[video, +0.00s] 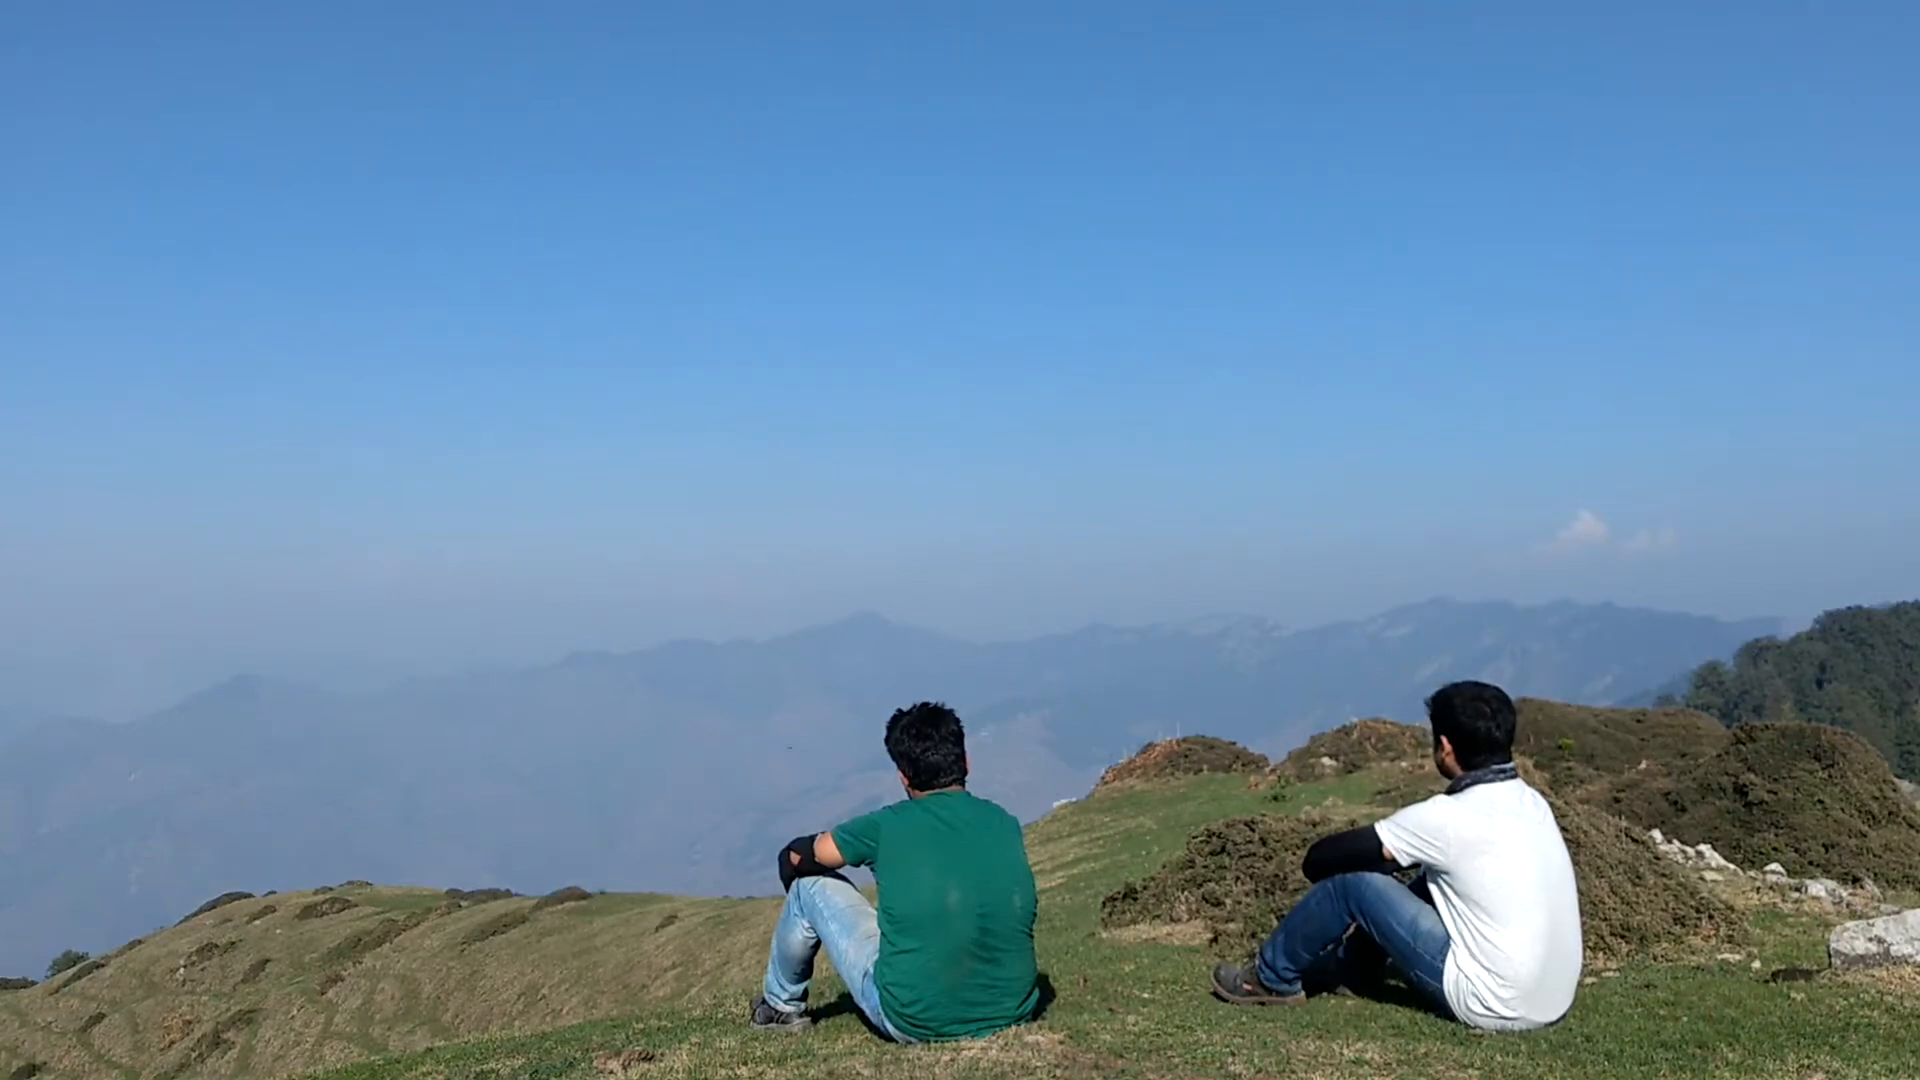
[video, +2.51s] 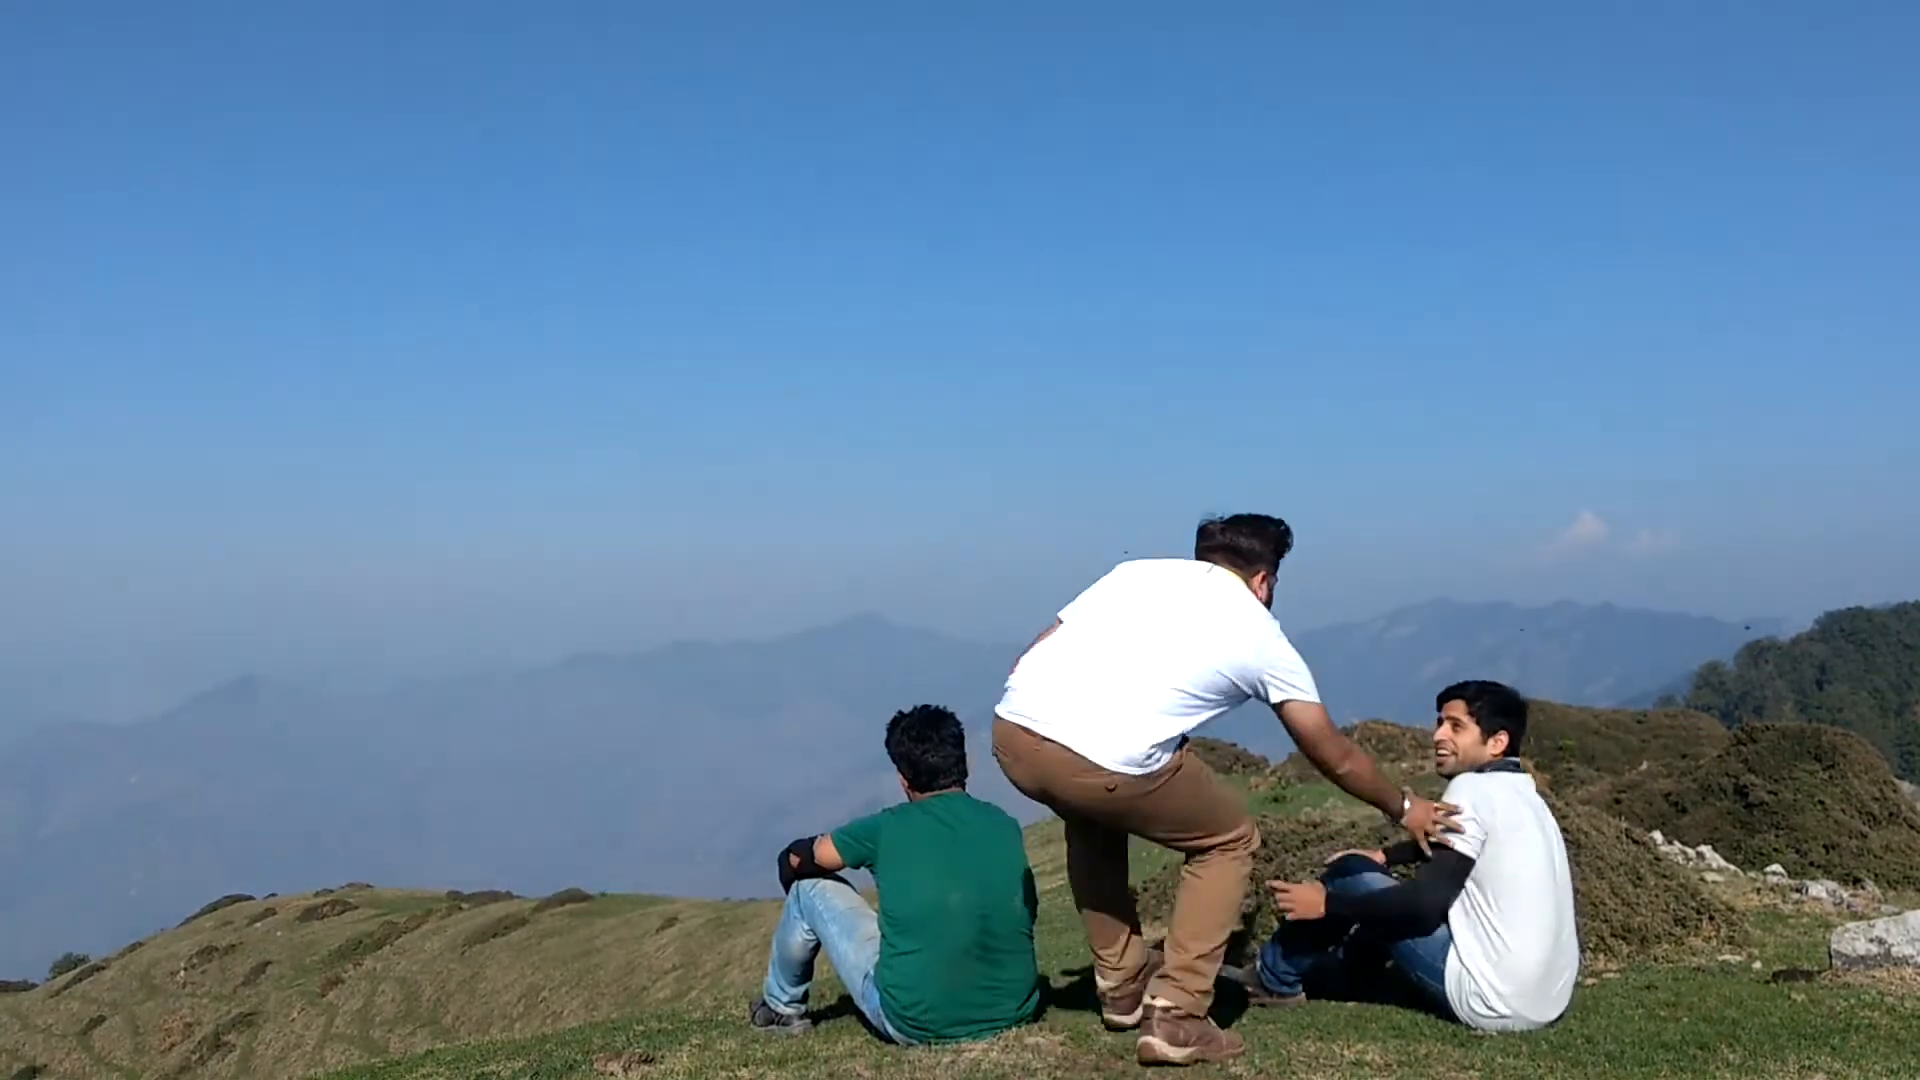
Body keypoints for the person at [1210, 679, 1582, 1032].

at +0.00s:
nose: (1434, 749)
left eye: (1434, 738)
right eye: (1434, 738)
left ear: (1448, 748)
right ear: (1504, 741)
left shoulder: (1449, 815)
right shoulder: (1533, 802)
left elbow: (1319, 859)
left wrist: (1390, 866)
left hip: (1488, 1002)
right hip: (1547, 999)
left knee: (1352, 883)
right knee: (1429, 877)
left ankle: (1271, 976)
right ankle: (1347, 967)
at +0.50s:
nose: (1434, 749)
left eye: (1434, 739)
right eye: (1433, 738)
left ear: (1448, 748)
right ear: (1503, 741)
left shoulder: (1448, 816)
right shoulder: (1533, 802)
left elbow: (1318, 860)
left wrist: (1391, 867)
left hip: (1488, 1003)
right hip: (1548, 999)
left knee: (1352, 883)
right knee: (1428, 878)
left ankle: (1271, 977)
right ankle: (1347, 967)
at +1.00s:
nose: (1434, 748)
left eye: (1433, 738)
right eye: (1433, 738)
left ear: (1447, 748)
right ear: (1503, 741)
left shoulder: (1448, 816)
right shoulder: (1532, 802)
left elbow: (1318, 860)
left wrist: (1390, 867)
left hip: (1488, 1003)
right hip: (1547, 999)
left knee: (1352, 883)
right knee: (1429, 879)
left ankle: (1271, 977)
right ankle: (1344, 967)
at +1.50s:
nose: (1433, 748)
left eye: (1434, 738)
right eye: (1433, 738)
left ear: (1447, 748)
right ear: (1503, 742)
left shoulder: (1449, 816)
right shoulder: (1533, 803)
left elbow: (1318, 860)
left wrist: (1390, 864)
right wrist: (1383, 860)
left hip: (1487, 1003)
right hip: (1547, 998)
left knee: (1353, 883)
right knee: (1430, 876)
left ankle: (1271, 976)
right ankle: (1352, 964)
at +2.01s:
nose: (1422, 751)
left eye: (1432, 739)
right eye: (1424, 738)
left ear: (1473, 750)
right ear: (1480, 751)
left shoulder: (1450, 816)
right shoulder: (1533, 803)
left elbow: (1320, 860)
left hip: (1487, 1004)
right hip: (1546, 1001)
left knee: (1354, 885)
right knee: (1433, 878)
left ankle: (1271, 979)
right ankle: (1350, 966)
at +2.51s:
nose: (1438, 737)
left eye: (1455, 726)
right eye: (1440, 724)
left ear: (1496, 742)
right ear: (1500, 746)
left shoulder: (1472, 790)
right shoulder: (1529, 796)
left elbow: (1427, 905)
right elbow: (1464, 844)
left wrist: (1326, 902)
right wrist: (1387, 857)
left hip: (1488, 1005)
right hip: (1544, 1001)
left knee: (1351, 872)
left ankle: (1274, 975)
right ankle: (1351, 964)